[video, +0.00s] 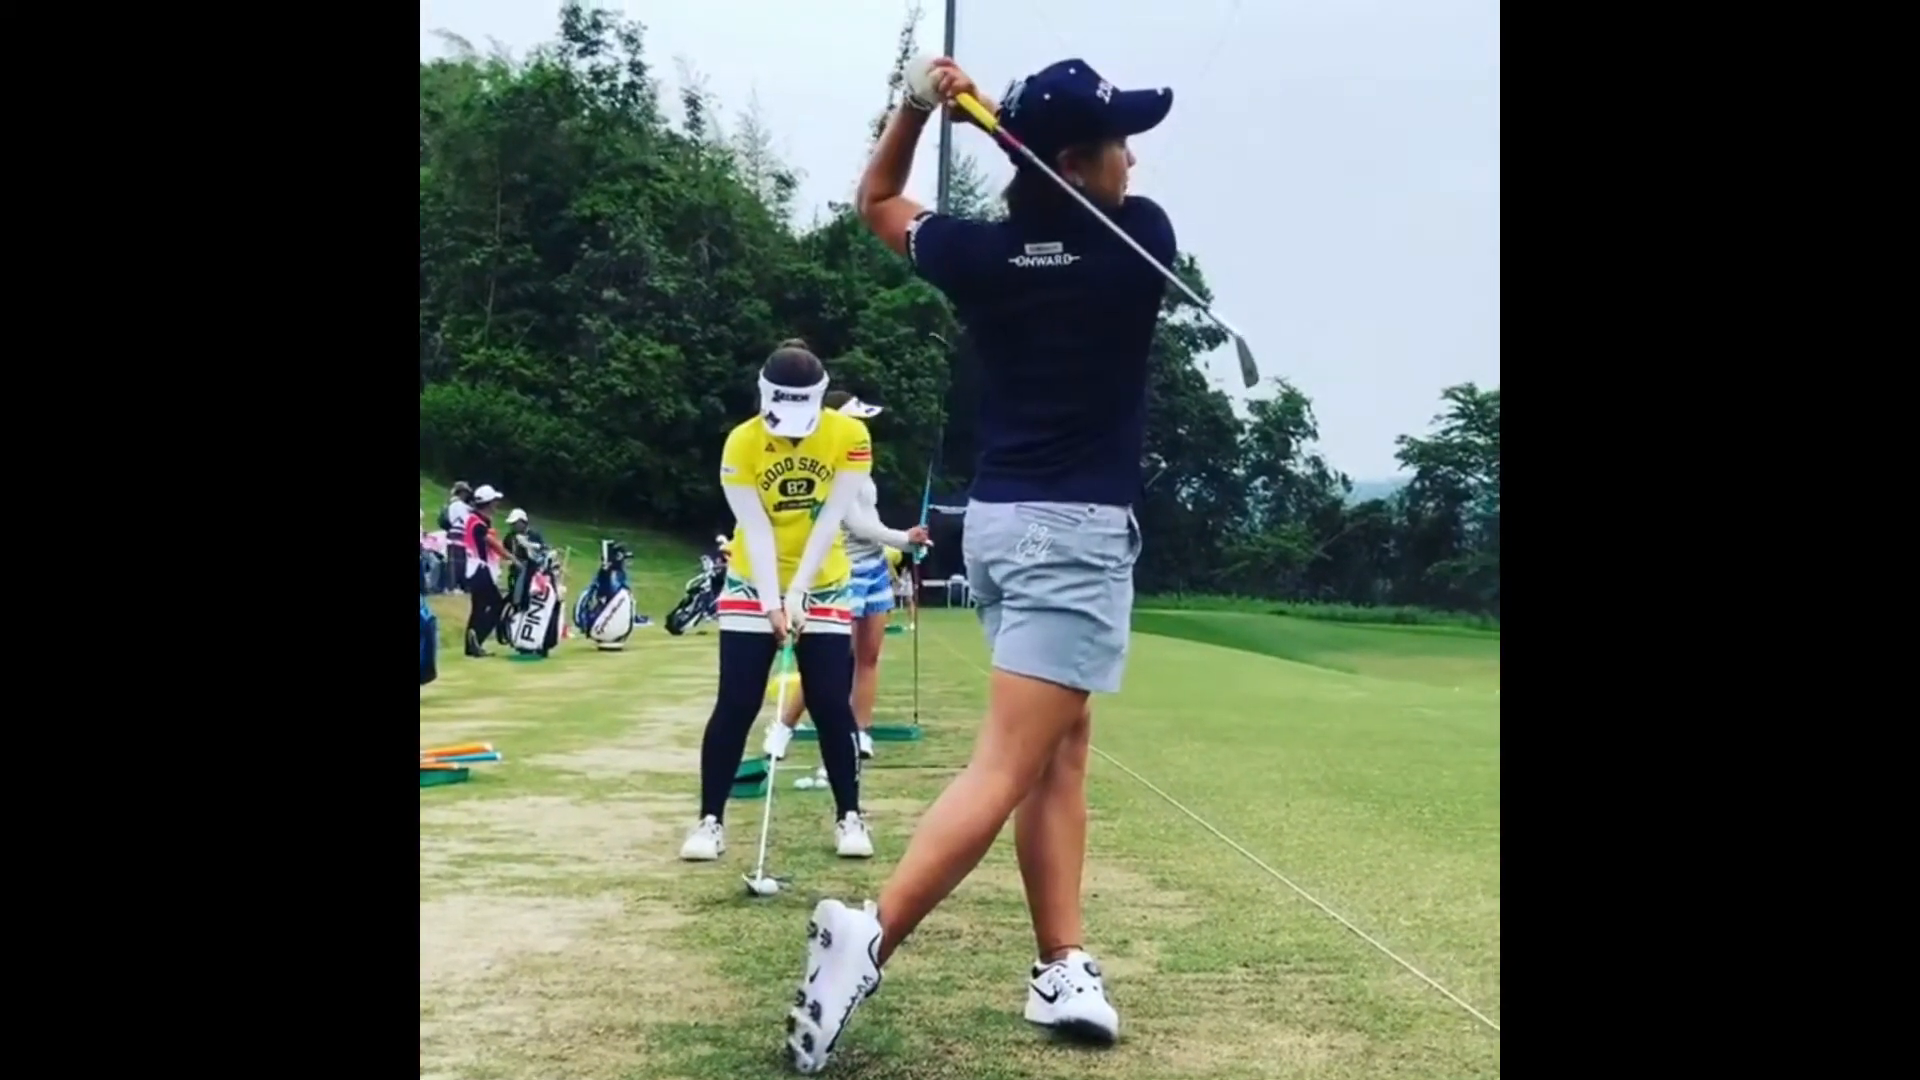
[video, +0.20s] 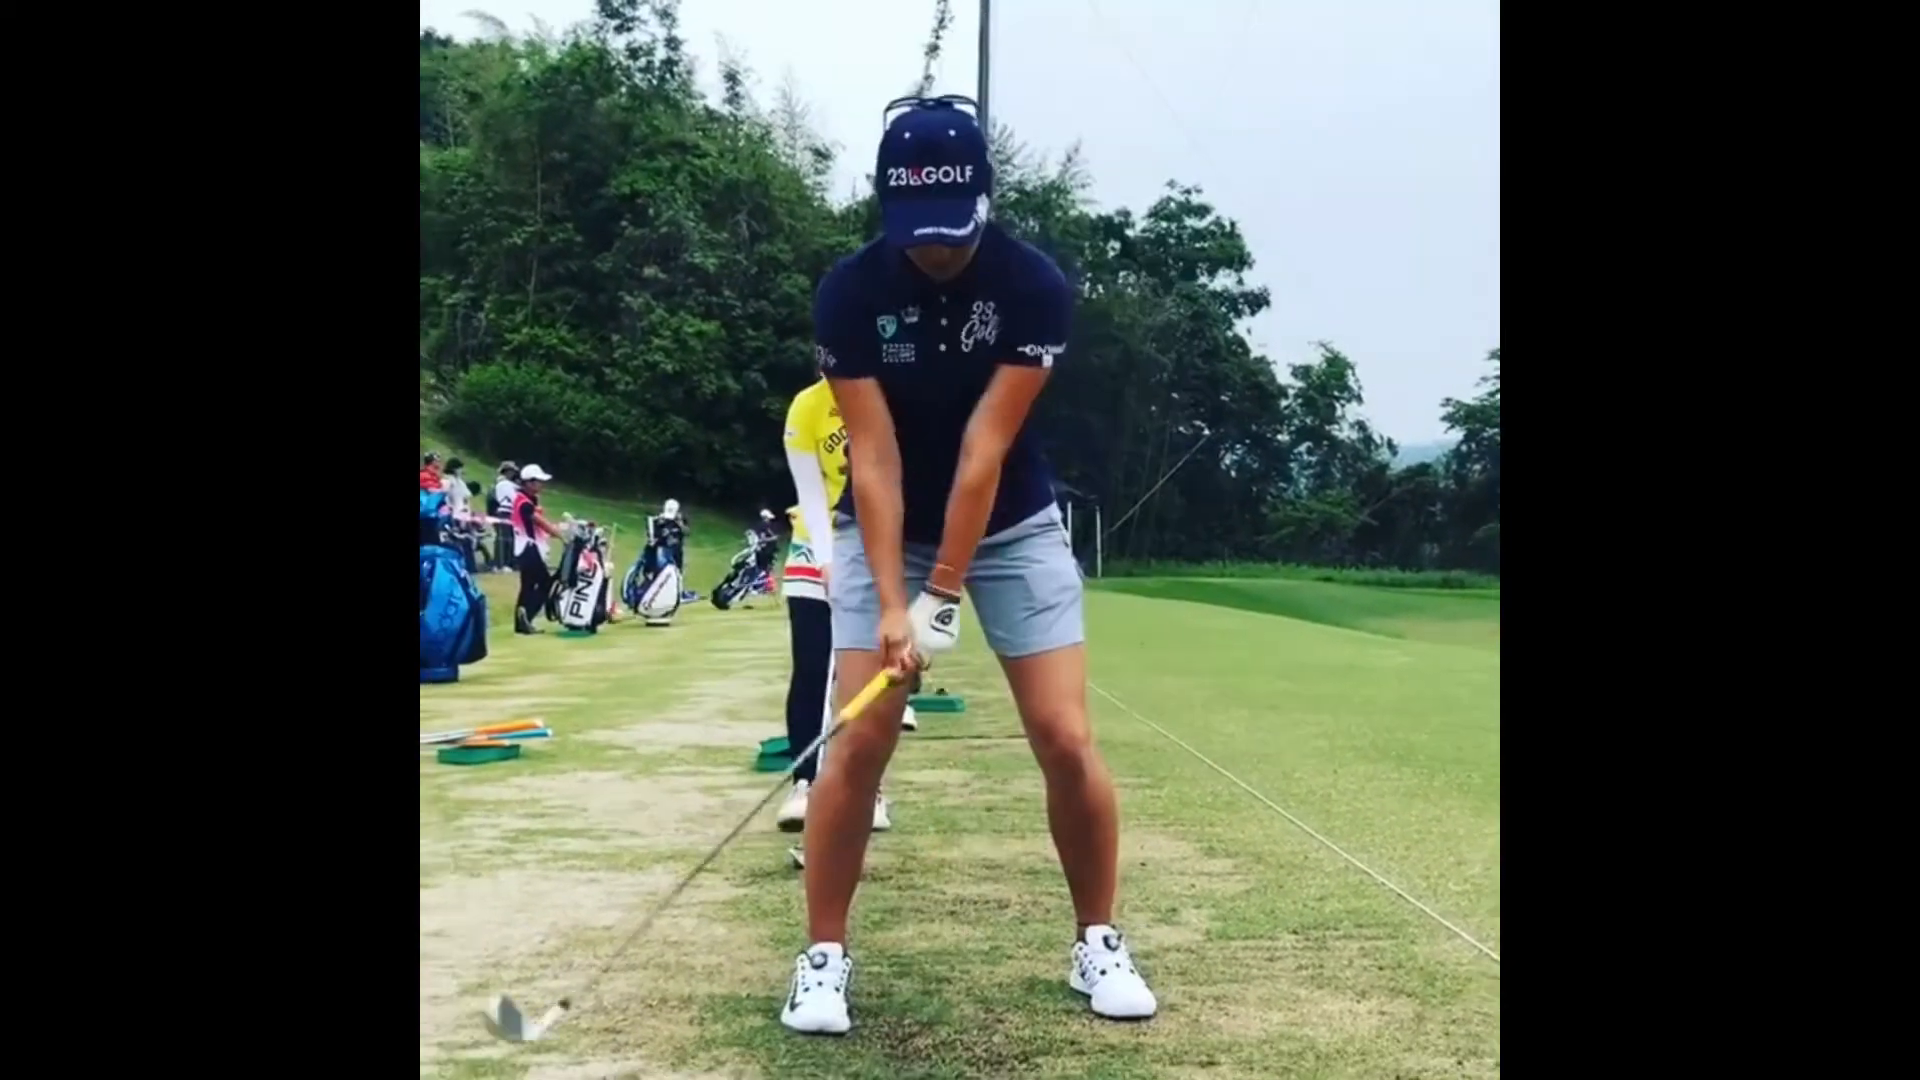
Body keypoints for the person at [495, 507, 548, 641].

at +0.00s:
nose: (513, 527)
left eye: (516, 524)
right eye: (512, 524)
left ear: (523, 523)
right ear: (512, 524)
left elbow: (543, 549)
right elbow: (506, 553)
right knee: (514, 598)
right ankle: (502, 624)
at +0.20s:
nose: (541, 486)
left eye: (541, 482)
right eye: (538, 482)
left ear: (531, 484)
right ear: (528, 483)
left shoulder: (526, 500)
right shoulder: (524, 504)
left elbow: (541, 521)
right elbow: (542, 523)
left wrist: (558, 529)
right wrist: (560, 534)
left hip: (528, 545)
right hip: (528, 546)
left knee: (527, 583)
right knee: (545, 580)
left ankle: (522, 622)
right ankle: (527, 613)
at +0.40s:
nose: (544, 490)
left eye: (545, 486)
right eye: (541, 486)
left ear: (534, 487)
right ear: (532, 487)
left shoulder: (529, 504)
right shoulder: (528, 507)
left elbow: (545, 524)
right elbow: (546, 527)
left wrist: (562, 532)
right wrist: (563, 537)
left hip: (531, 549)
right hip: (531, 550)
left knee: (531, 587)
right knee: (548, 584)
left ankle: (525, 625)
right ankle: (531, 616)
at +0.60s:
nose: (546, 492)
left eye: (546, 489)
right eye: (543, 488)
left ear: (535, 490)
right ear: (533, 490)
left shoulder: (530, 507)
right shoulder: (529, 511)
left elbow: (546, 529)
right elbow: (546, 531)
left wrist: (564, 535)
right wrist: (565, 541)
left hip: (531, 552)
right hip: (532, 553)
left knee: (531, 591)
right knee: (549, 587)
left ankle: (526, 628)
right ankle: (531, 620)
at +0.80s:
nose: (542, 495)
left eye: (542, 491)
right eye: (539, 491)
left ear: (531, 493)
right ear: (529, 492)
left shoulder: (528, 510)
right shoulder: (524, 513)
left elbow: (541, 532)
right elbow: (541, 533)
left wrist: (558, 538)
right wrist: (560, 544)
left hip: (529, 555)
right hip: (527, 556)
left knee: (527, 593)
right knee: (544, 590)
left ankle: (521, 631)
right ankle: (527, 624)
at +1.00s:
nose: (534, 496)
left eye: (534, 492)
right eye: (531, 492)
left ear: (521, 495)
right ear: (521, 494)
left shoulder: (516, 512)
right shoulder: (516, 516)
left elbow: (531, 533)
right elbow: (533, 536)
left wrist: (550, 538)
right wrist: (551, 546)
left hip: (516, 556)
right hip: (518, 558)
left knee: (518, 595)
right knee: (535, 593)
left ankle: (511, 633)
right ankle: (517, 625)